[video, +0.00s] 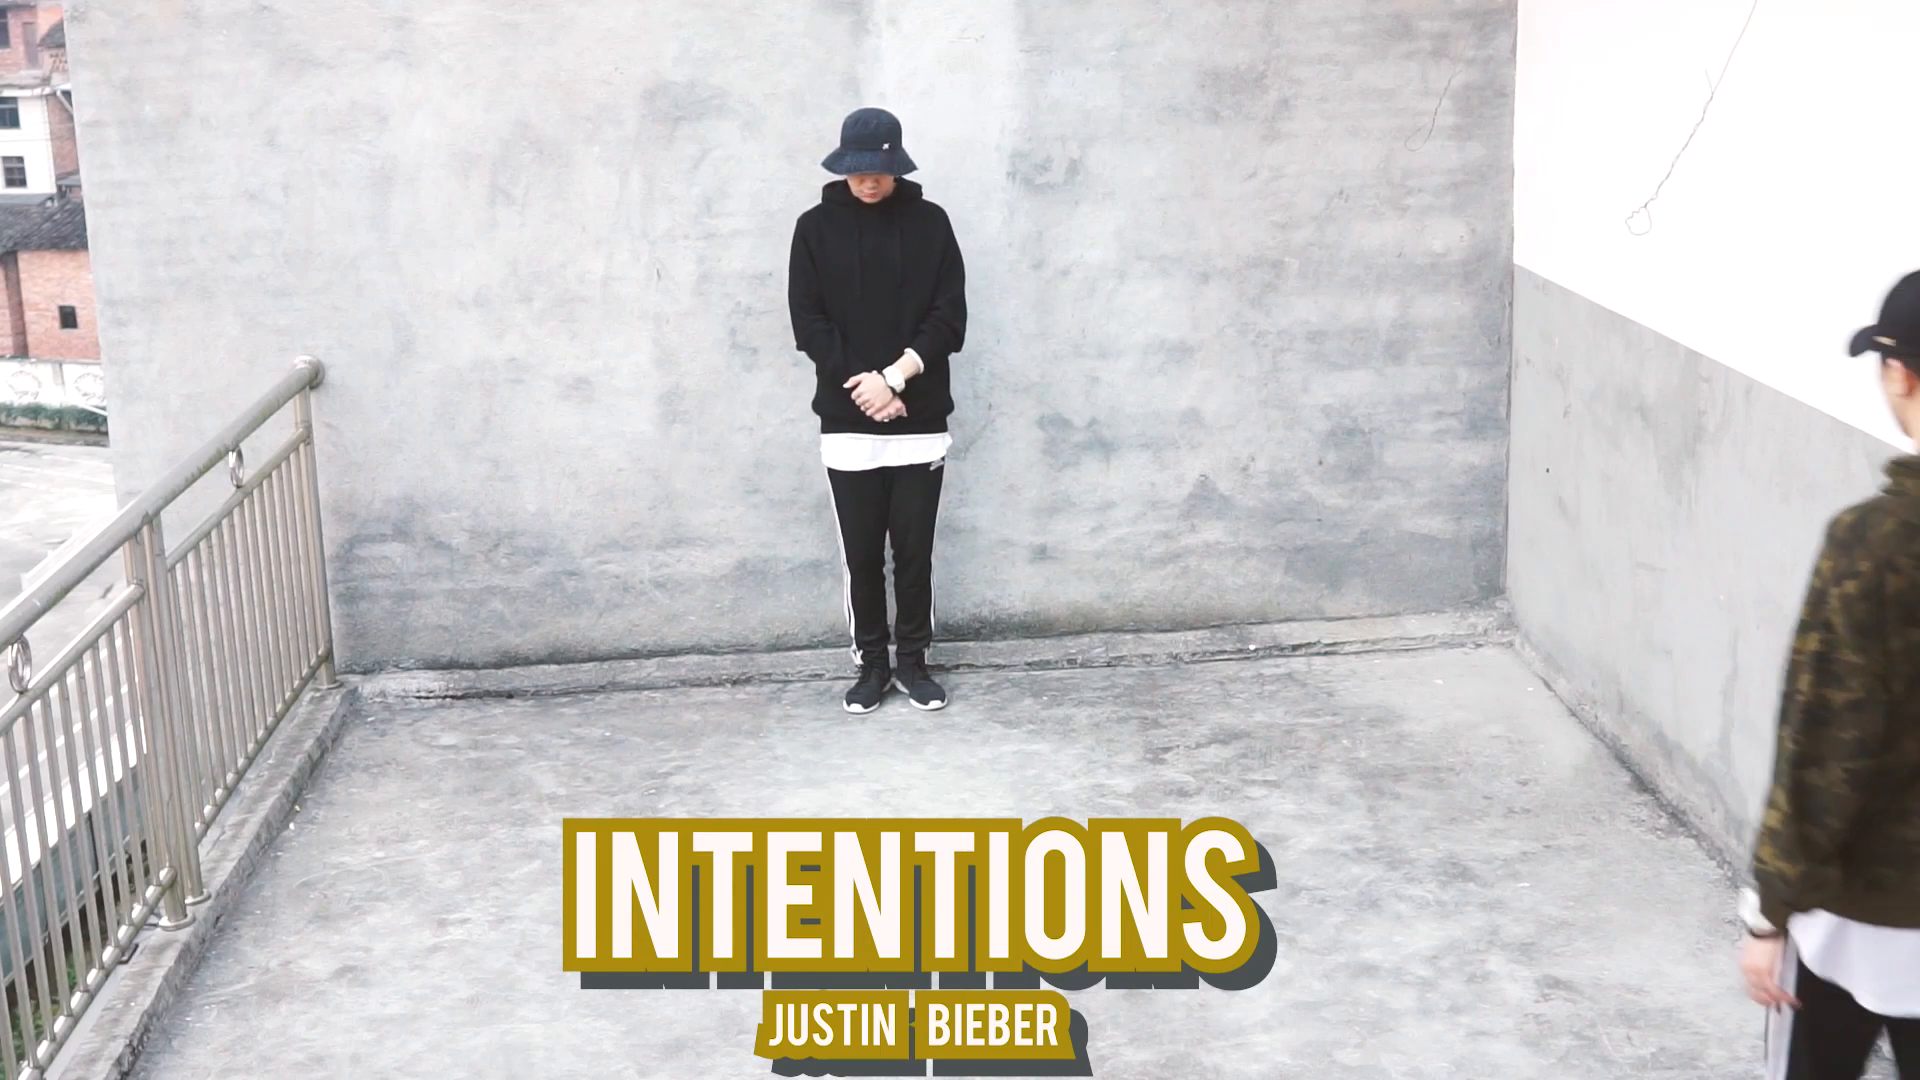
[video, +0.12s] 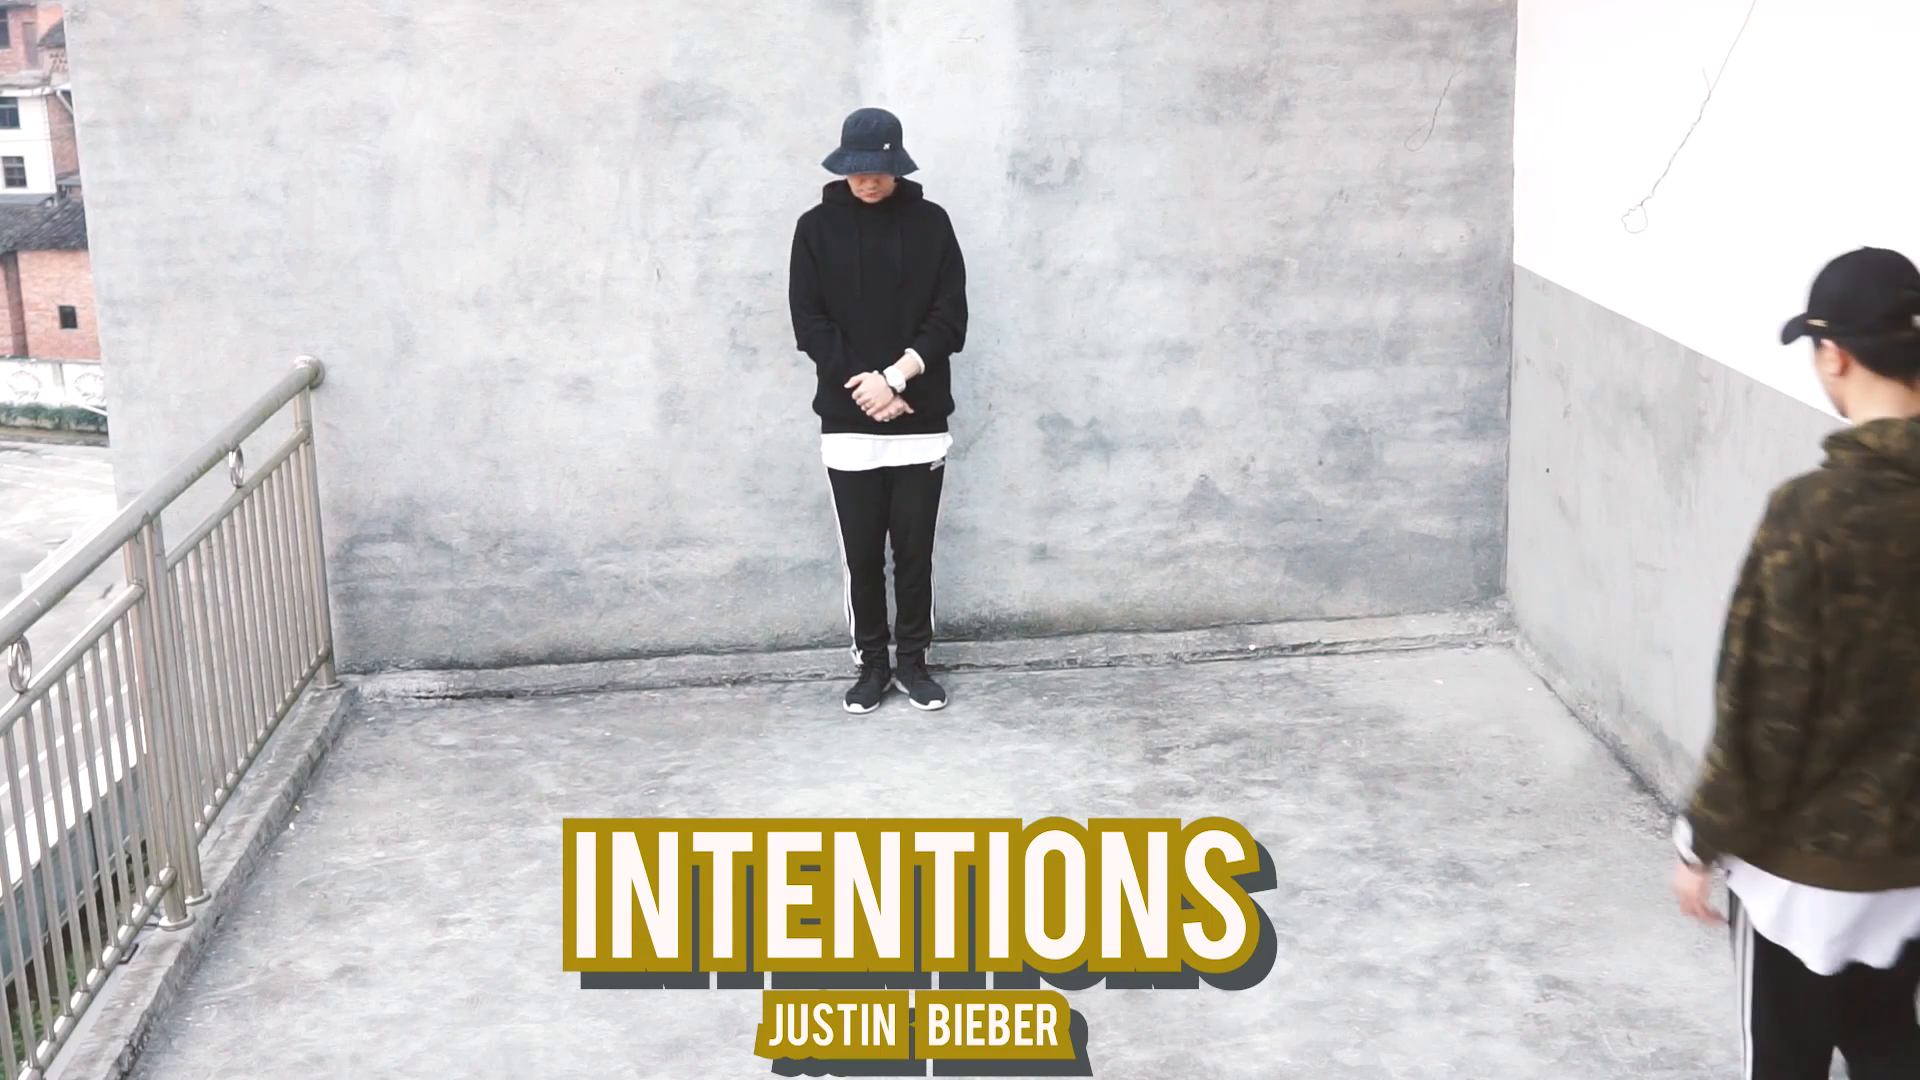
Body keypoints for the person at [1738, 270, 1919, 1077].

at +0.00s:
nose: (1882, 381)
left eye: (1882, 362)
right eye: (1882, 361)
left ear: (1904, 378)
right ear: (1910, 378)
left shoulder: (1880, 538)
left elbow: (1833, 744)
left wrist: (1769, 908)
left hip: (1869, 922)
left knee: (1814, 1067)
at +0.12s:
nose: (1813, 367)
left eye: (1812, 347)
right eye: (1812, 347)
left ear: (1834, 356)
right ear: (1911, 351)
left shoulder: (1818, 511)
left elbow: (1767, 709)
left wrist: (1703, 842)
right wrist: (1710, 839)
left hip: (1819, 862)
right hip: (1908, 861)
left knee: (1787, 1061)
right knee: (1888, 1055)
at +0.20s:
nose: (1781, 358)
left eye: (1780, 338)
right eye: (1778, 339)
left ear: (1803, 345)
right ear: (1884, 334)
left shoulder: (1785, 490)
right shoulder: (1914, 449)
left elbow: (1730, 662)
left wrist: (1664, 782)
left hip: (1790, 837)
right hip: (1900, 824)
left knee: (1779, 1049)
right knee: (1854, 1014)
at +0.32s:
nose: (1738, 355)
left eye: (1738, 335)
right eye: (1736, 336)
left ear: (1765, 339)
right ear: (1840, 326)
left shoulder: (1744, 476)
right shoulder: (1907, 450)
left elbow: (1674, 630)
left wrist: (1605, 713)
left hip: (1754, 809)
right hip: (1868, 794)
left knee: (1758, 1040)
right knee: (1801, 999)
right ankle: (1795, 1069)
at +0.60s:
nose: (1645, 349)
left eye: (1647, 330)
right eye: (1641, 332)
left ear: (1693, 321)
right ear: (1729, 315)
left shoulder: (1679, 440)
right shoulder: (1845, 431)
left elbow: (1620, 604)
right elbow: (1890, 580)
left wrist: (1550, 720)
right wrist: (1888, 714)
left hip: (1683, 755)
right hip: (1793, 752)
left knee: (1650, 957)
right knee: (1737, 953)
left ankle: (1706, 1071)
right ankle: (1715, 1073)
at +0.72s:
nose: (1609, 341)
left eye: (1613, 323)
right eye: (1605, 326)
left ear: (1665, 309)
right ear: (1683, 305)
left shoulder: (1673, 421)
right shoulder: (1790, 406)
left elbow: (1656, 600)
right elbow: (1808, 572)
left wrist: (1607, 750)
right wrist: (1784, 707)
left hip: (1681, 732)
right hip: (1759, 727)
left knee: (1577, 892)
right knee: (1719, 926)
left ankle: (1671, 1063)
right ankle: (1710, 1070)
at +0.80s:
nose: (1588, 336)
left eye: (1596, 319)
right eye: (1585, 321)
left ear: (1652, 306)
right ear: (1663, 304)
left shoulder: (1671, 410)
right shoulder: (1746, 389)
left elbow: (1676, 589)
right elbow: (1745, 563)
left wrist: (1659, 755)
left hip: (1654, 711)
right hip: (1731, 703)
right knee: (1706, 926)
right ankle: (1705, 1069)